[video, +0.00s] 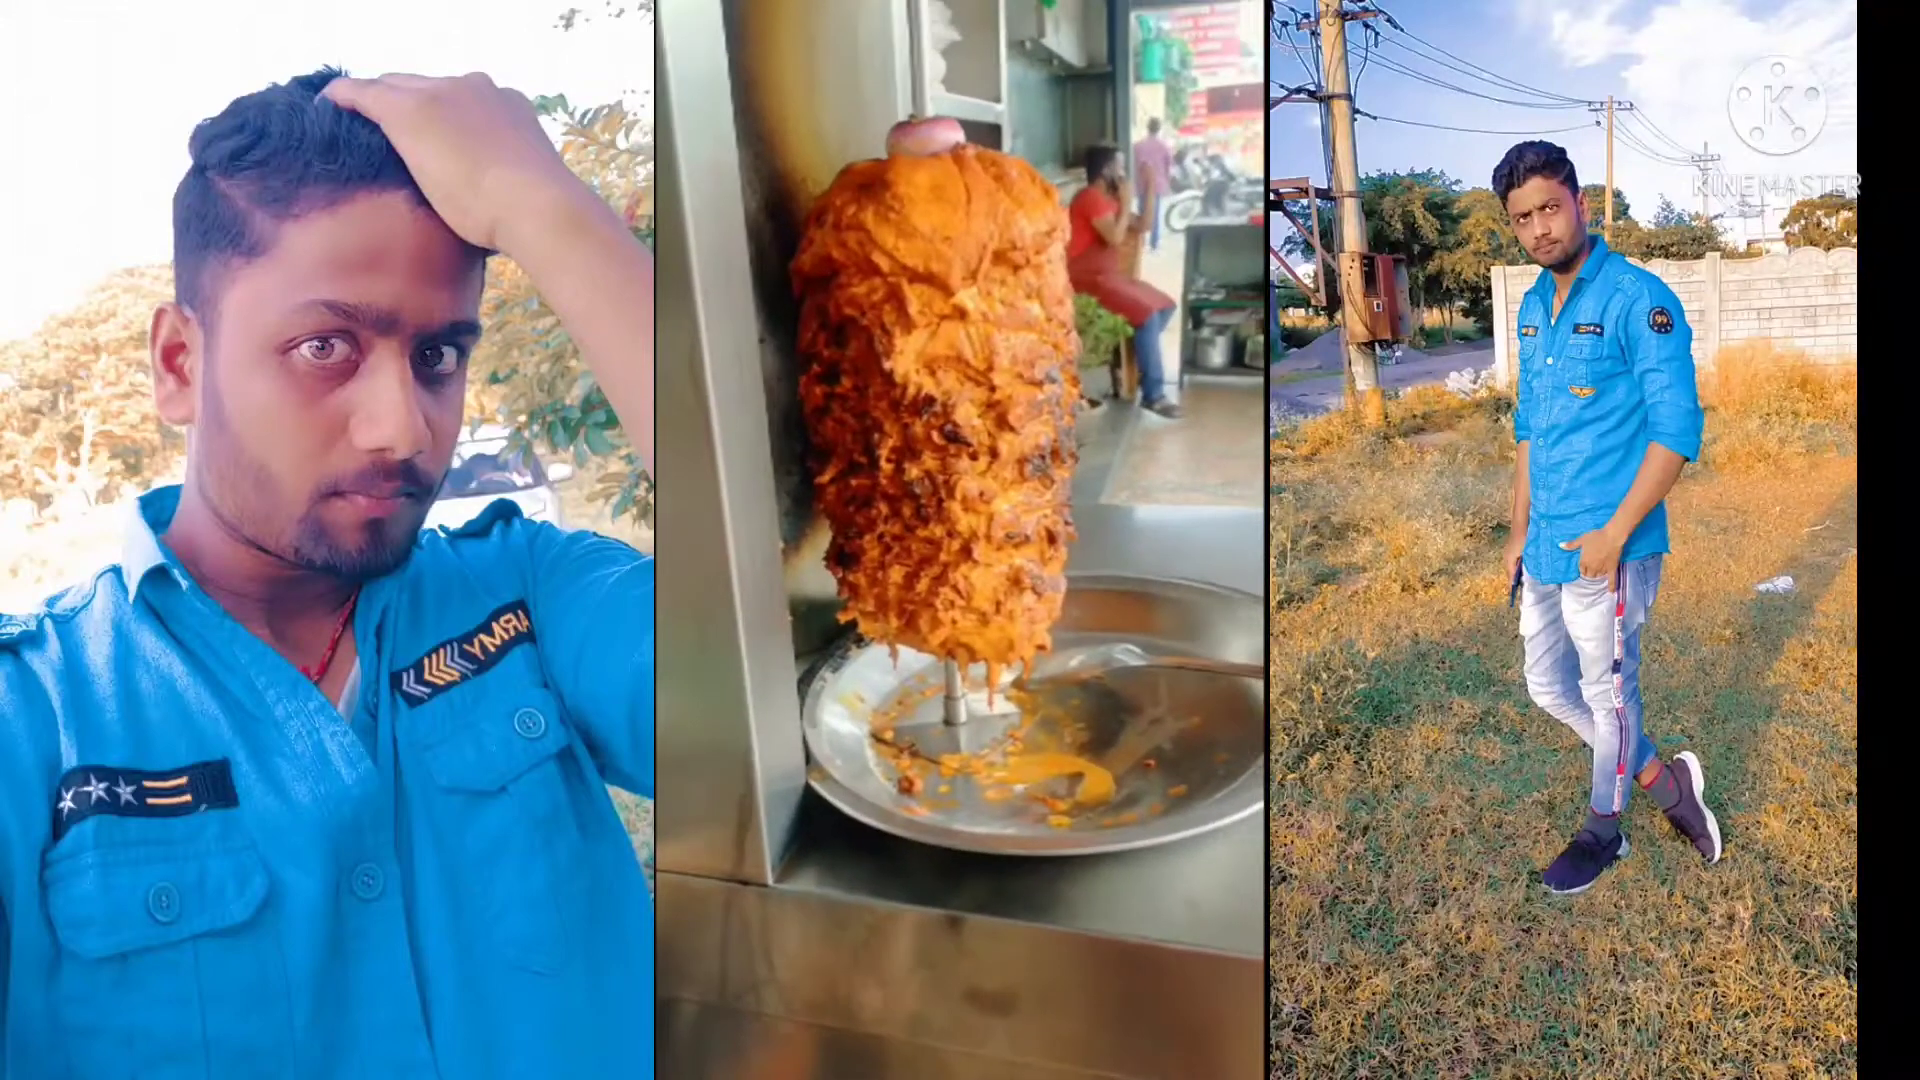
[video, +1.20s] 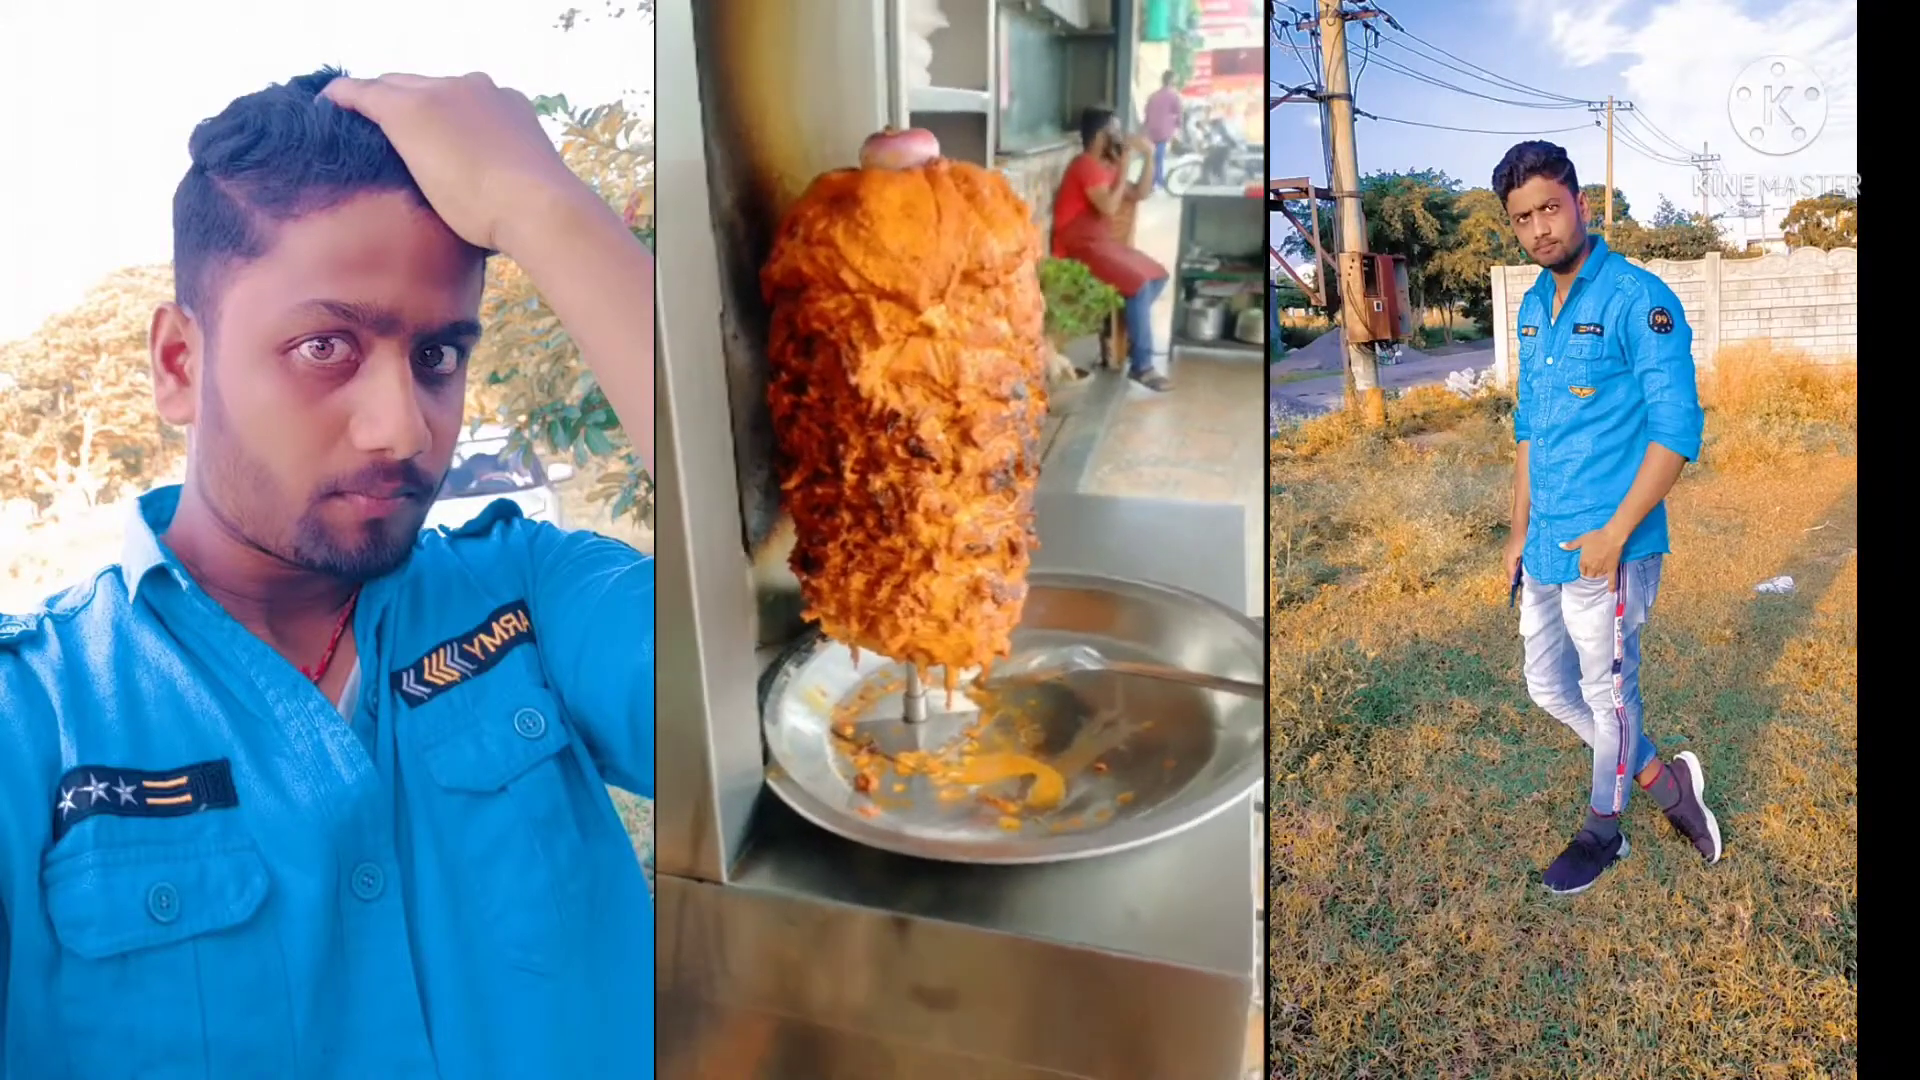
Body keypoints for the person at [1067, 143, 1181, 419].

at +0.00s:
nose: (1122, 171)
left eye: (1121, 165)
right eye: (1117, 165)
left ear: (1102, 170)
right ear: (1104, 169)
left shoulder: (1108, 197)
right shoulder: (1089, 198)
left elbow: (1141, 226)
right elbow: (1114, 236)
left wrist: (1150, 191)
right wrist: (1124, 199)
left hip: (1110, 273)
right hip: (1090, 276)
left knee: (1166, 306)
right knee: (1146, 315)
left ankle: (1123, 362)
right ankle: (1154, 395)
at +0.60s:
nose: (1153, 148)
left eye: (1153, 142)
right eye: (1149, 143)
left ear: (1134, 148)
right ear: (1134, 147)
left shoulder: (1139, 177)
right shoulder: (1121, 177)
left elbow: (1177, 206)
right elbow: (1144, 218)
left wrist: (1186, 168)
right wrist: (1156, 178)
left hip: (1140, 253)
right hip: (1119, 256)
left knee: (1199, 288)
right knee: (1178, 295)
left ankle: (1155, 345)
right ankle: (1185, 379)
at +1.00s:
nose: (1148, 126)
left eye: (1148, 120)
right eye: (1144, 120)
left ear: (1134, 125)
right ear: (1129, 124)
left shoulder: (1135, 155)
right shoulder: (1113, 155)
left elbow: (1169, 184)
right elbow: (1136, 196)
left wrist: (1176, 148)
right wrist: (1151, 153)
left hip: (1132, 232)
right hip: (1108, 235)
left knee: (1189, 267)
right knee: (1167, 274)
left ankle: (1142, 323)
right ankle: (1172, 358)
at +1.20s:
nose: (1119, 135)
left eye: (1118, 129)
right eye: (1113, 129)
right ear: (1099, 134)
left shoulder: (1106, 166)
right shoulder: (1085, 165)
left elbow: (1140, 193)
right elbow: (1108, 207)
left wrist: (1149, 156)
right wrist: (1124, 162)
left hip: (1102, 241)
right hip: (1079, 245)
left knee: (1159, 277)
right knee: (1138, 284)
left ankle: (1113, 331)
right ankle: (1142, 366)